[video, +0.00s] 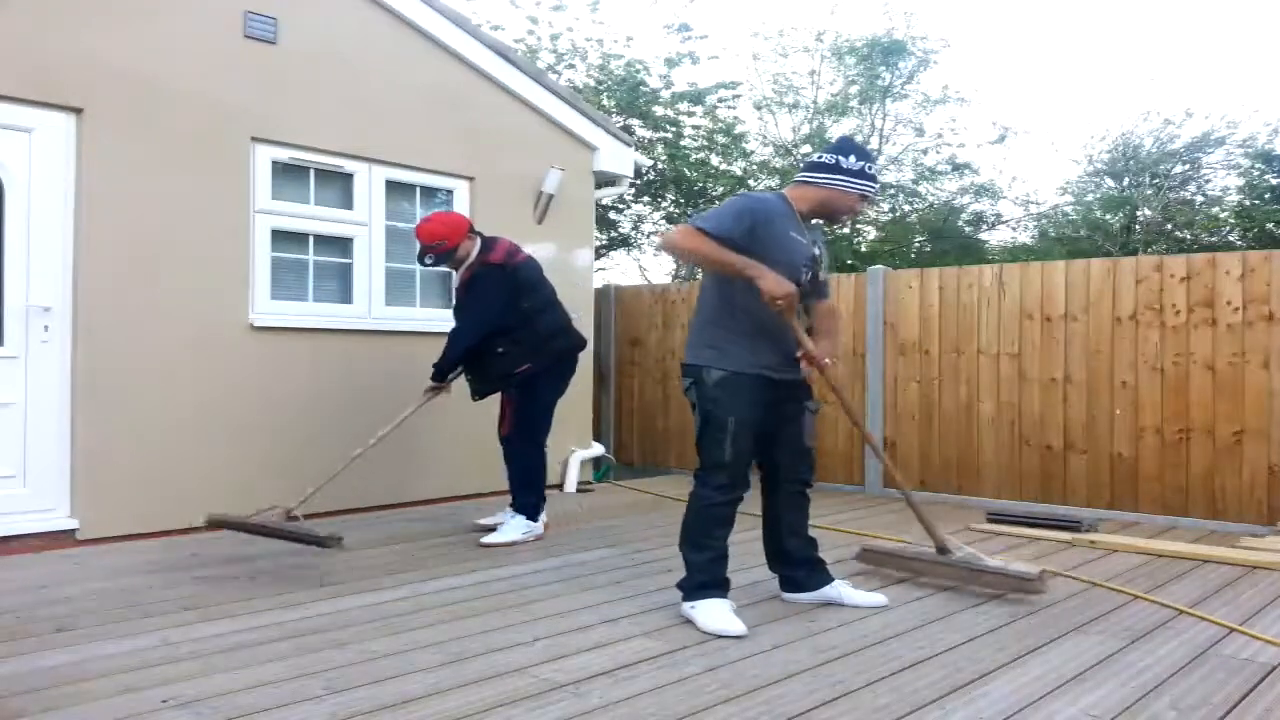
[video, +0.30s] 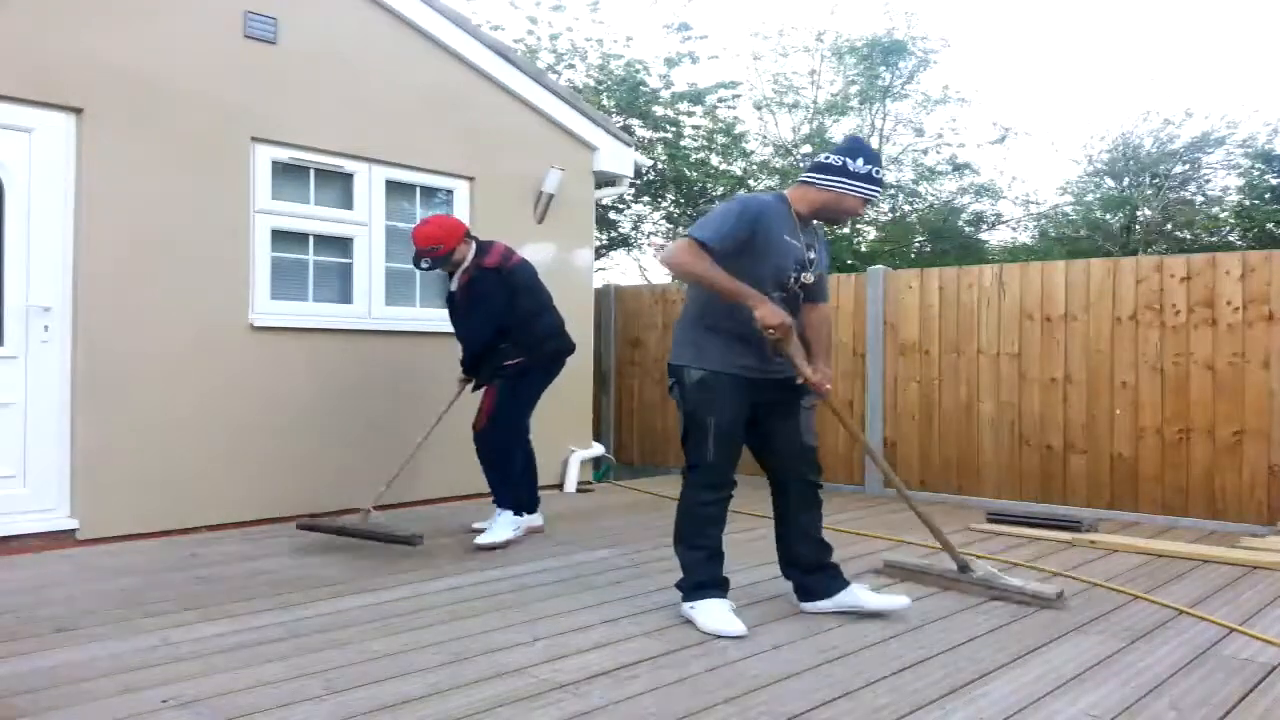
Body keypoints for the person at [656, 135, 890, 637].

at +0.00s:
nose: (859, 210)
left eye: (863, 202)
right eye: (859, 199)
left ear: (831, 185)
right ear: (834, 185)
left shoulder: (812, 242)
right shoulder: (755, 208)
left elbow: (820, 302)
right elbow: (679, 238)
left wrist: (824, 343)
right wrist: (758, 272)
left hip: (782, 373)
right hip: (725, 368)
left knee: (789, 479)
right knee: (721, 481)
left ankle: (802, 580)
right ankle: (704, 593)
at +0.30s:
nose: (861, 211)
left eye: (866, 202)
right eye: (862, 200)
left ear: (831, 187)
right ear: (835, 186)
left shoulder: (815, 242)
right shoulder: (752, 209)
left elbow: (814, 306)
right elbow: (678, 255)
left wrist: (820, 361)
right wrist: (756, 301)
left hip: (775, 374)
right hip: (712, 367)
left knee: (798, 476)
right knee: (710, 480)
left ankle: (818, 587)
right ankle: (702, 593)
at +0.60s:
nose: (893, 218)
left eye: (898, 209)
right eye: (894, 206)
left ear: (868, 190)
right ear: (870, 190)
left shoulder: (849, 245)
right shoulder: (781, 216)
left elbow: (853, 318)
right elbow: (747, 285)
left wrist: (872, 385)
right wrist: (821, 327)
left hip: (790, 373)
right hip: (725, 367)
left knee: (810, 481)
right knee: (716, 482)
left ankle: (819, 594)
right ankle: (702, 592)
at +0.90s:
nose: (910, 207)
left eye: (916, 198)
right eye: (910, 194)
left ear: (889, 184)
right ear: (883, 178)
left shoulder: (878, 237)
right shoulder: (796, 208)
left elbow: (883, 302)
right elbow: (730, 254)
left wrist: (887, 353)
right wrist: (814, 281)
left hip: (823, 376)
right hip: (753, 368)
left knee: (816, 489)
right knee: (735, 484)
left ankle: (820, 593)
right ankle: (713, 592)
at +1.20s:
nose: (927, 206)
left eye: (935, 198)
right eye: (924, 193)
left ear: (930, 194)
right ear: (895, 176)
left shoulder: (912, 242)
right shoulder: (797, 201)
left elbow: (899, 313)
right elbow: (697, 204)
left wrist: (836, 331)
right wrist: (719, 231)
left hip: (837, 378)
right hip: (759, 362)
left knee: (826, 487)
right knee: (743, 480)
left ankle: (821, 593)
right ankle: (730, 590)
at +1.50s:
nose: (908, 207)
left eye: (913, 198)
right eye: (903, 196)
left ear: (900, 189)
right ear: (872, 182)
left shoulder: (905, 242)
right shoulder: (782, 209)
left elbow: (912, 312)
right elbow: (704, 257)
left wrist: (879, 374)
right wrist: (747, 301)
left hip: (839, 382)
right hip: (759, 371)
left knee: (830, 487)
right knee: (748, 479)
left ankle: (822, 593)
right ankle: (756, 581)